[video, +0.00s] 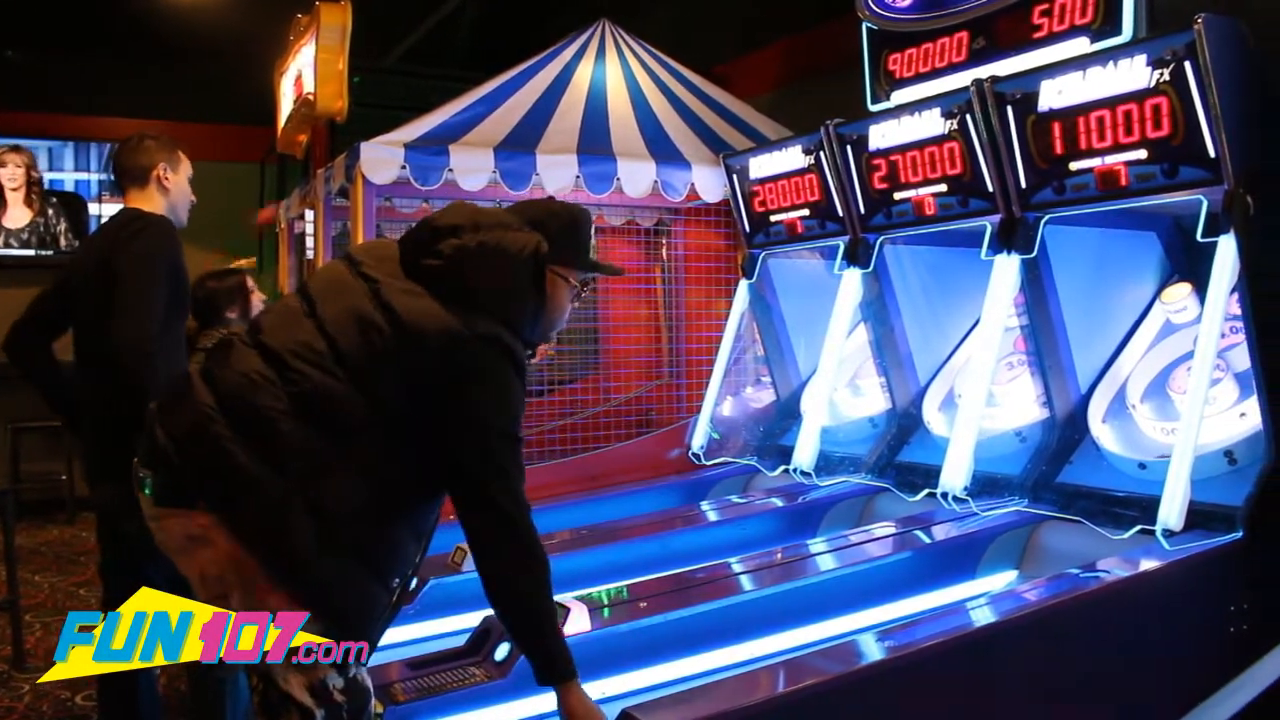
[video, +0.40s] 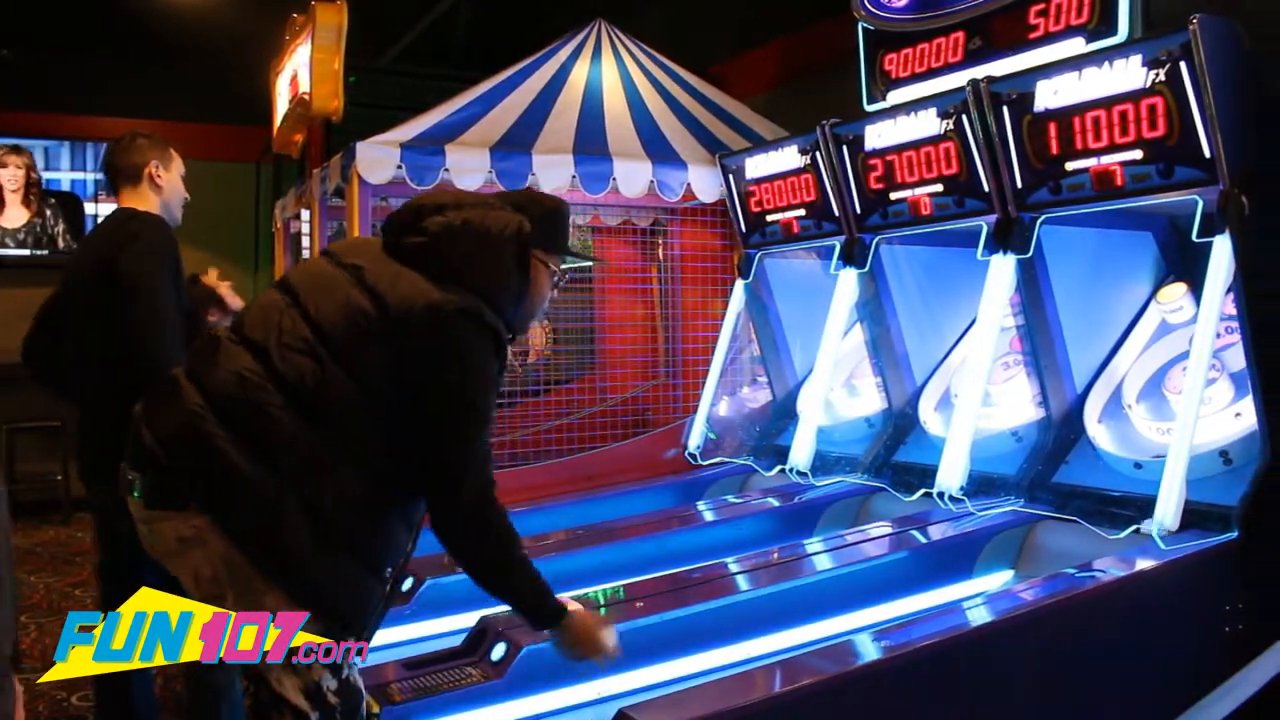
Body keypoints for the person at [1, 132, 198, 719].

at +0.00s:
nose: (193, 190)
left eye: (192, 176)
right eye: (189, 176)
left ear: (129, 180)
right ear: (165, 174)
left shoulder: (101, 244)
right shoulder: (156, 240)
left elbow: (24, 342)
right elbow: (152, 356)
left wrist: (82, 412)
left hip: (113, 458)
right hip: (156, 462)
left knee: (129, 608)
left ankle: (126, 708)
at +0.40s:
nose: (187, 189)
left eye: (185, 174)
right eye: (183, 174)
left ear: (129, 178)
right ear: (156, 173)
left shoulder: (103, 239)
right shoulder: (151, 239)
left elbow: (42, 347)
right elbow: (162, 353)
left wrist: (103, 396)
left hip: (106, 449)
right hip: (145, 456)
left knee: (123, 594)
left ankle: (123, 705)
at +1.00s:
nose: (190, 178)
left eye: (190, 167)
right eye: (177, 164)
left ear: (134, 174)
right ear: (132, 170)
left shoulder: (105, 238)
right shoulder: (145, 239)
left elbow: (66, 349)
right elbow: (155, 360)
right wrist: (196, 323)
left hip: (111, 449)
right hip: (143, 455)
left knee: (128, 594)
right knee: (166, 595)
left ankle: (127, 707)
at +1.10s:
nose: (184, 177)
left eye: (186, 167)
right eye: (170, 164)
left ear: (135, 176)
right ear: (127, 170)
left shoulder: (104, 238)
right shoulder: (143, 239)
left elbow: (65, 349)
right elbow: (154, 355)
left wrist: (110, 401)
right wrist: (195, 418)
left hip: (110, 444)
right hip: (141, 449)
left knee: (128, 591)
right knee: (164, 592)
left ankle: (127, 705)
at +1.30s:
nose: (174, 175)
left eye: (179, 165)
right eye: (158, 162)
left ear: (180, 173)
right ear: (120, 170)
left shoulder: (105, 238)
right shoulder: (137, 242)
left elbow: (66, 349)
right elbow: (150, 358)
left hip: (110, 441)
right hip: (136, 447)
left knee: (128, 585)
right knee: (152, 589)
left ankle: (127, 702)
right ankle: (135, 702)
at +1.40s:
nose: (171, 174)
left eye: (177, 165)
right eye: (156, 162)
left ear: (180, 174)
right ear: (118, 171)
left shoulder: (109, 237)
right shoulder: (134, 241)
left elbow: (67, 347)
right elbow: (149, 356)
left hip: (112, 442)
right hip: (134, 448)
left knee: (130, 588)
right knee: (151, 591)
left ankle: (127, 703)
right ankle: (136, 703)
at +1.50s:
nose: (171, 173)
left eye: (177, 164)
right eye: (155, 161)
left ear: (181, 175)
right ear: (118, 171)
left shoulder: (112, 237)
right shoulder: (129, 241)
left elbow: (68, 348)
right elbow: (149, 357)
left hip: (114, 442)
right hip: (132, 447)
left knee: (131, 588)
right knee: (150, 592)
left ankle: (128, 704)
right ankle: (138, 705)